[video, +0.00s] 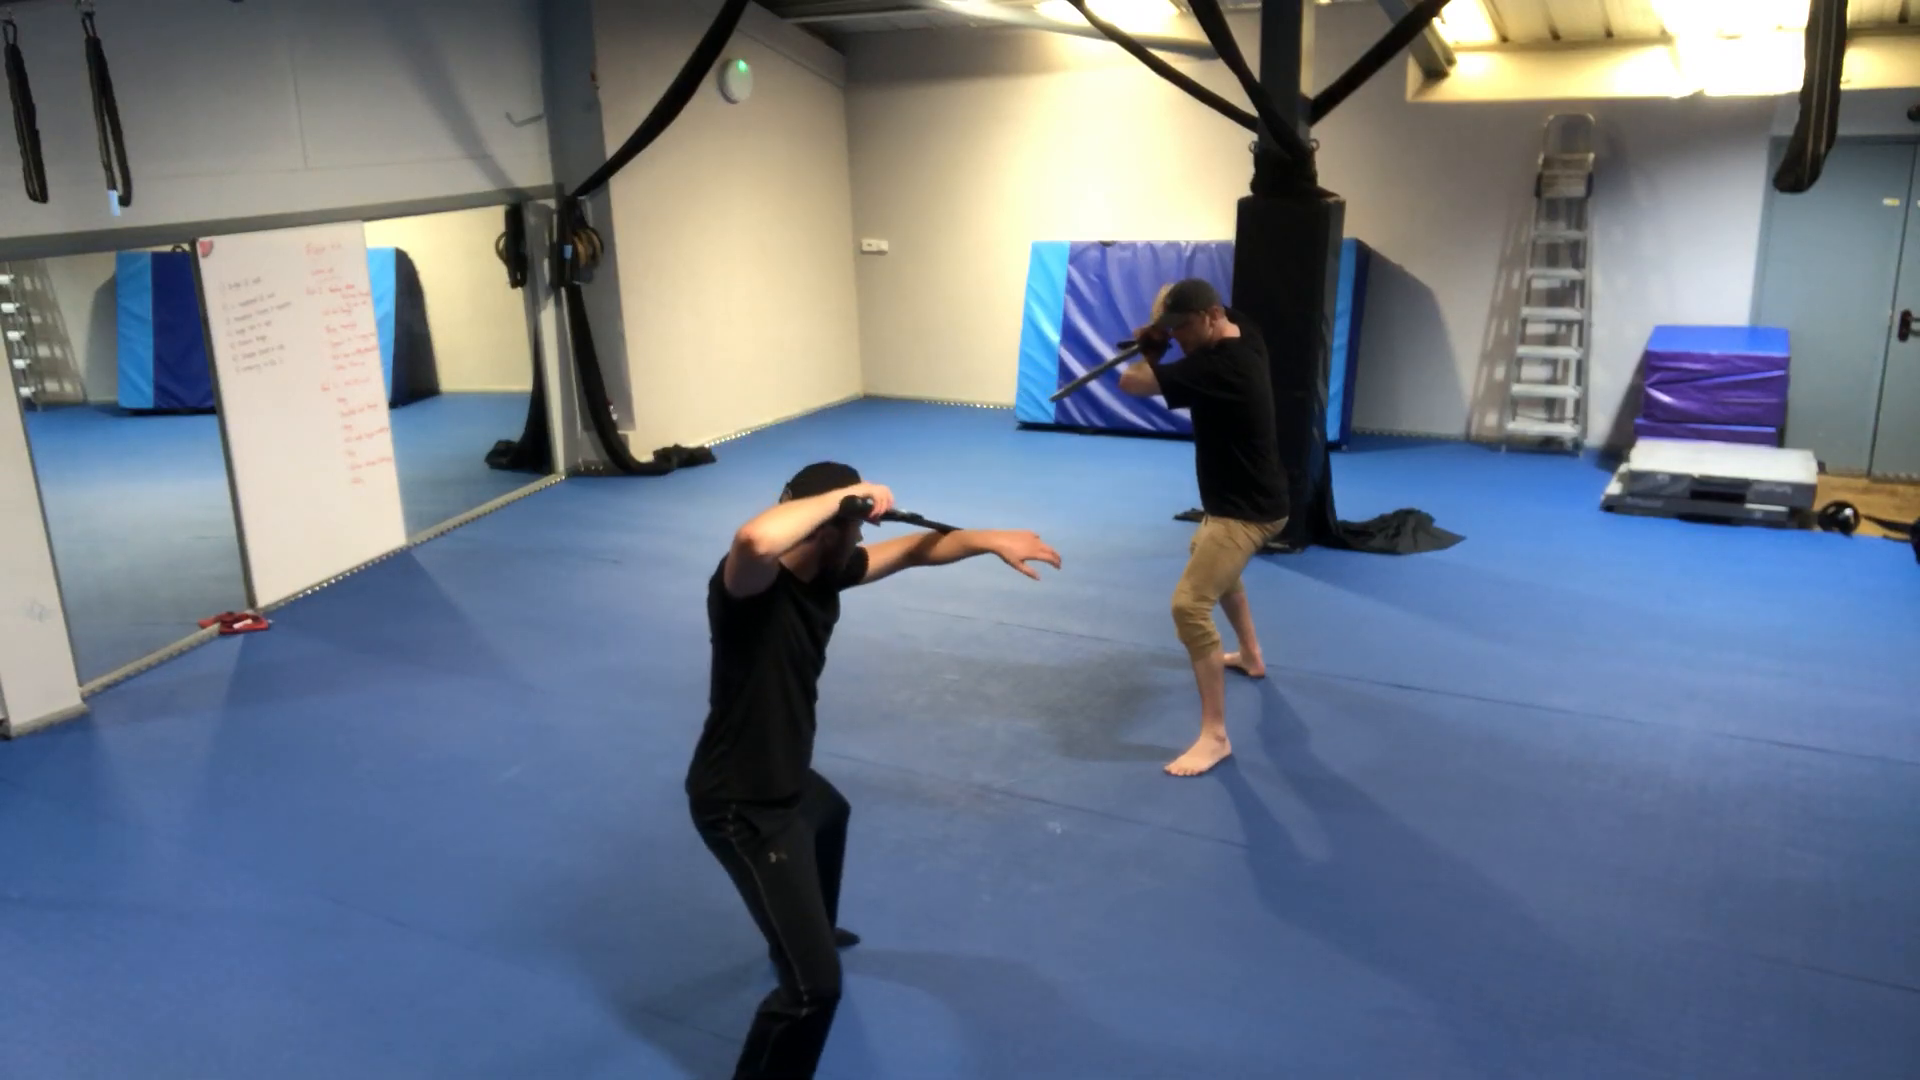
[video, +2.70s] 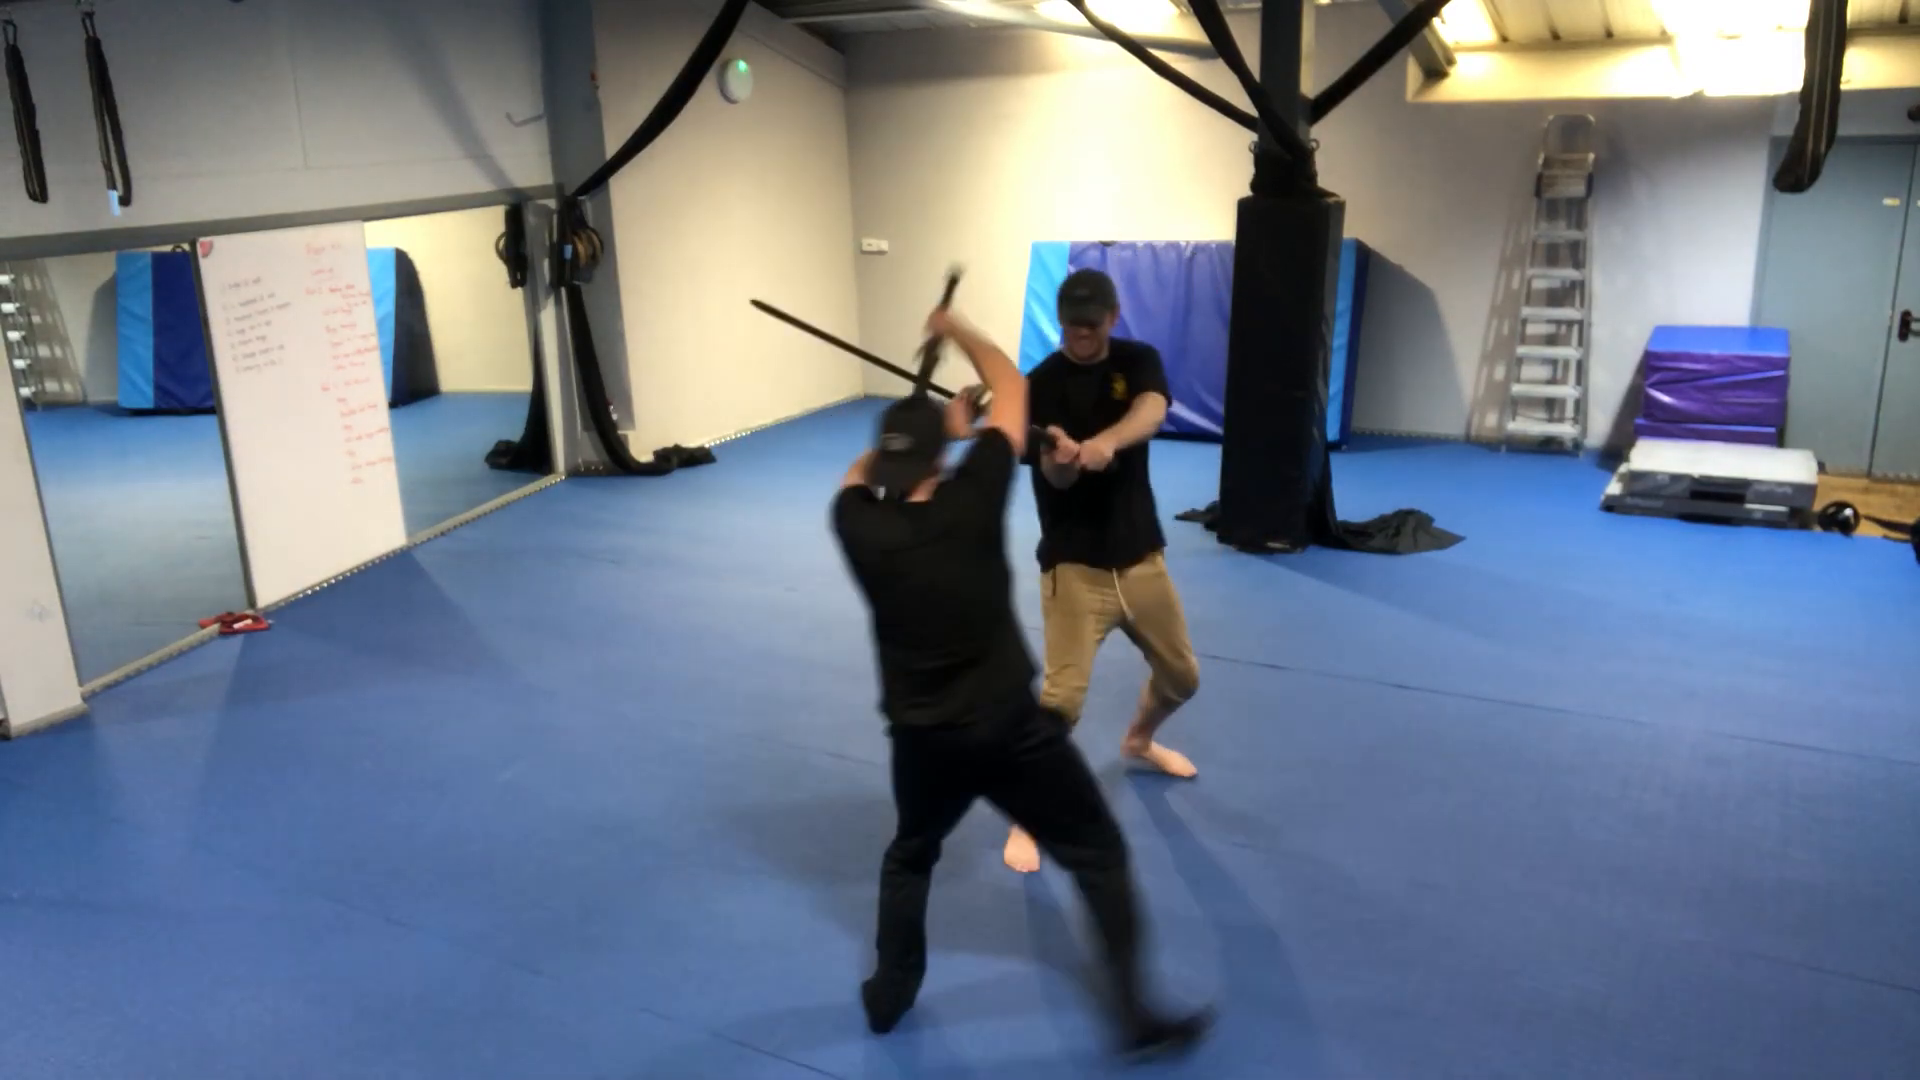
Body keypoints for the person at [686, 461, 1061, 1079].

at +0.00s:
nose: (857, 546)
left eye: (858, 533)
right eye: (849, 533)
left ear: (832, 534)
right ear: (818, 530)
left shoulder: (826, 574)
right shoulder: (748, 583)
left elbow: (916, 548)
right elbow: (755, 540)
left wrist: (990, 539)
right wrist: (842, 499)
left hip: (783, 776)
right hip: (739, 800)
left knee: (830, 815)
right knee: (814, 985)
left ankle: (810, 930)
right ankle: (760, 1075)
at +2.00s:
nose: (860, 505)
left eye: (863, 493)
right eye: (853, 491)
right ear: (818, 486)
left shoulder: (831, 536)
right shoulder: (746, 540)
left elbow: (915, 512)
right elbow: (759, 488)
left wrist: (989, 509)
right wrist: (853, 469)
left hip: (795, 749)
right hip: (746, 758)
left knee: (829, 818)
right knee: (780, 949)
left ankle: (810, 933)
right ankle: (752, 1073)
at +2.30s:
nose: (876, 499)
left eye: (877, 487)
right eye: (867, 486)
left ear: (855, 482)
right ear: (834, 482)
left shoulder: (849, 541)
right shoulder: (782, 544)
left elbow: (905, 545)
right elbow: (842, 492)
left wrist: (960, 523)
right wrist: (928, 451)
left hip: (831, 752)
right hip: (795, 761)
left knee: (878, 809)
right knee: (812, 959)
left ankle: (829, 947)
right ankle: (767, 1075)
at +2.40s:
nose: (884, 481)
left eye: (884, 471)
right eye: (882, 471)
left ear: (818, 465)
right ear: (869, 474)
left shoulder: (822, 532)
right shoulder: (816, 536)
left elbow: (887, 535)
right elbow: (911, 474)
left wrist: (938, 504)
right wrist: (964, 406)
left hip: (851, 743)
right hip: (850, 750)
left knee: (887, 860)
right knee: (870, 921)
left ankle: (888, 992)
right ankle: (784, 1068)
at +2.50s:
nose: (885, 472)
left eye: (867, 467)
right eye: (880, 464)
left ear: (816, 477)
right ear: (872, 474)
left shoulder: (794, 535)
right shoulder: (888, 513)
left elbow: (865, 500)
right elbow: (979, 417)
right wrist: (979, 341)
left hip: (847, 742)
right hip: (910, 743)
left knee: (892, 838)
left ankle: (890, 987)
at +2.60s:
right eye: (894, 451)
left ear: (836, 466)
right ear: (891, 465)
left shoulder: (815, 526)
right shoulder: (931, 499)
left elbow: (868, 460)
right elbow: (984, 394)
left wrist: (950, 414)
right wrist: (976, 311)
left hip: (879, 736)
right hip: (953, 731)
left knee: (904, 841)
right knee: (1055, 874)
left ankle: (884, 993)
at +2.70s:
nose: (958, 440)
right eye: (951, 438)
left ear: (882, 463)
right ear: (945, 459)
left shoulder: (855, 520)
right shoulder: (976, 491)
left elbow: (868, 466)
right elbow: (1004, 382)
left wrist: (932, 425)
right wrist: (954, 327)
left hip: (921, 736)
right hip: (1005, 725)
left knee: (911, 854)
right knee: (1096, 851)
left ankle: (889, 995)